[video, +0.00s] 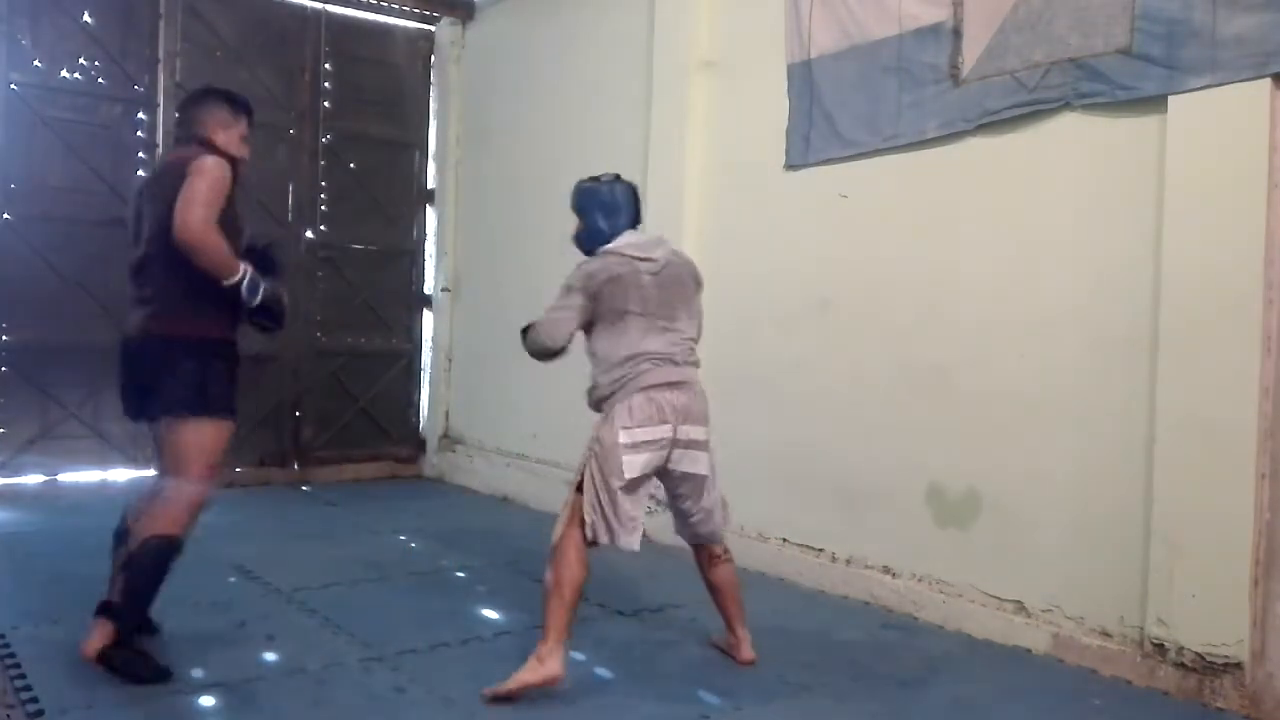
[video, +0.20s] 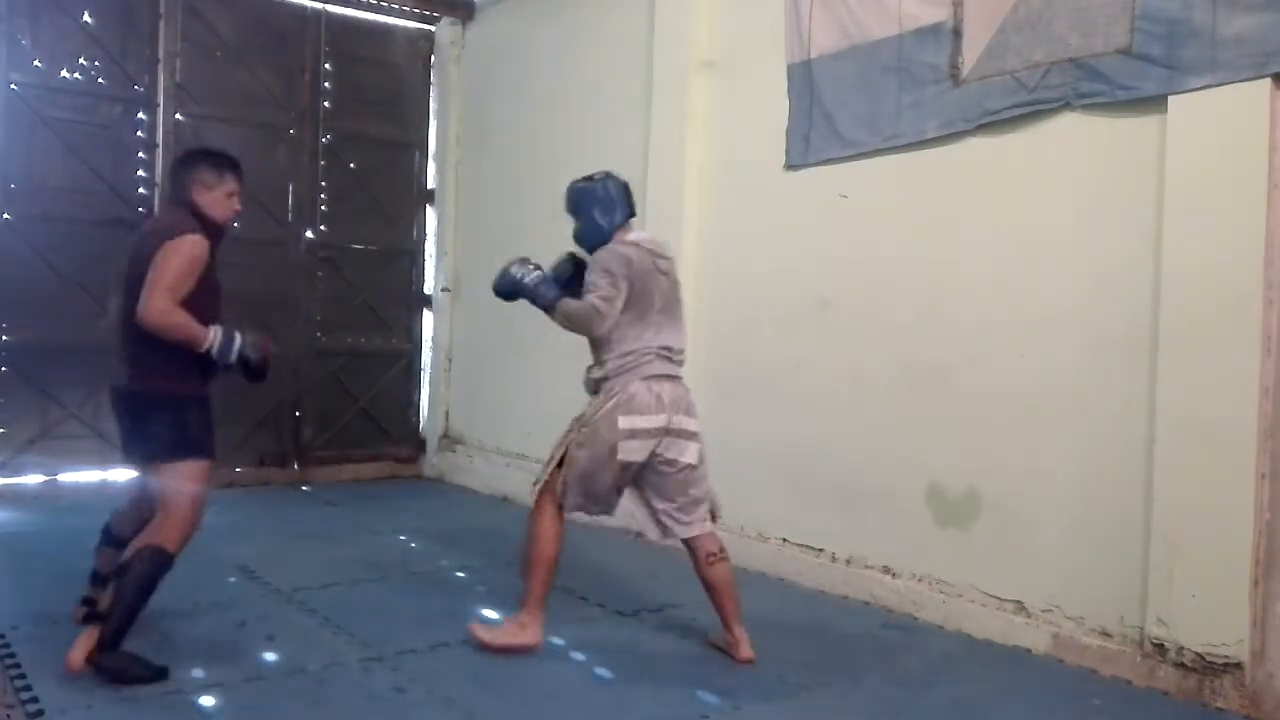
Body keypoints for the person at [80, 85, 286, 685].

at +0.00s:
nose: (246, 142)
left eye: (246, 132)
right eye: (241, 130)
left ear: (193, 128)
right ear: (216, 126)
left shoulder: (164, 171)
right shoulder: (211, 165)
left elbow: (164, 252)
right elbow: (193, 227)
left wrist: (241, 259)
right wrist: (248, 281)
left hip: (156, 341)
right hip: (194, 345)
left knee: (175, 479)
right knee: (192, 482)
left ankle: (120, 604)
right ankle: (115, 627)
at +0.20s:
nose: (237, 205)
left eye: (238, 195)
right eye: (228, 195)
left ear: (193, 195)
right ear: (197, 192)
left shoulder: (161, 231)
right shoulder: (190, 240)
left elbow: (150, 314)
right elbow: (155, 310)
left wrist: (218, 345)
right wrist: (227, 344)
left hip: (141, 392)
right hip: (172, 396)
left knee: (150, 498)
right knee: (178, 519)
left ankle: (95, 603)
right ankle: (106, 646)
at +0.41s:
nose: (239, 171)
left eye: (241, 162)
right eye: (231, 161)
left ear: (205, 161)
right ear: (201, 157)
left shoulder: (191, 203)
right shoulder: (188, 204)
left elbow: (181, 276)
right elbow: (154, 273)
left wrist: (234, 295)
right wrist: (222, 298)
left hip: (173, 355)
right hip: (184, 358)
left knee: (179, 472)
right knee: (196, 474)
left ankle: (120, 578)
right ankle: (127, 590)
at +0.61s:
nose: (252, 194)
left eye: (252, 184)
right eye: (245, 184)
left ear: (217, 182)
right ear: (214, 178)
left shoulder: (194, 217)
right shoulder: (205, 220)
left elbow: (203, 297)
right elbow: (212, 291)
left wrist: (252, 313)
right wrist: (279, 302)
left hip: (207, 366)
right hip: (192, 369)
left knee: (224, 455)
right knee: (172, 477)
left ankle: (235, 556)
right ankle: (107, 599)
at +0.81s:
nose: (266, 208)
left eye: (267, 199)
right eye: (260, 198)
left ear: (232, 199)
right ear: (230, 194)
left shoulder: (213, 233)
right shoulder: (226, 234)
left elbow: (222, 308)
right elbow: (253, 296)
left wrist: (263, 322)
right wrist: (317, 290)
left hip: (220, 374)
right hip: (215, 377)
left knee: (258, 445)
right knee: (177, 478)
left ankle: (264, 553)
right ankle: (114, 595)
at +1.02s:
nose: (287, 207)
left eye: (287, 200)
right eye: (279, 198)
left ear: (254, 202)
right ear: (252, 197)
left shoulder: (239, 237)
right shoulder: (257, 221)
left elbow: (258, 291)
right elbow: (300, 215)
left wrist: (303, 293)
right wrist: (357, 211)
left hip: (248, 352)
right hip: (272, 349)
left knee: (274, 447)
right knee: (332, 425)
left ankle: (266, 547)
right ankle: (248, 479)